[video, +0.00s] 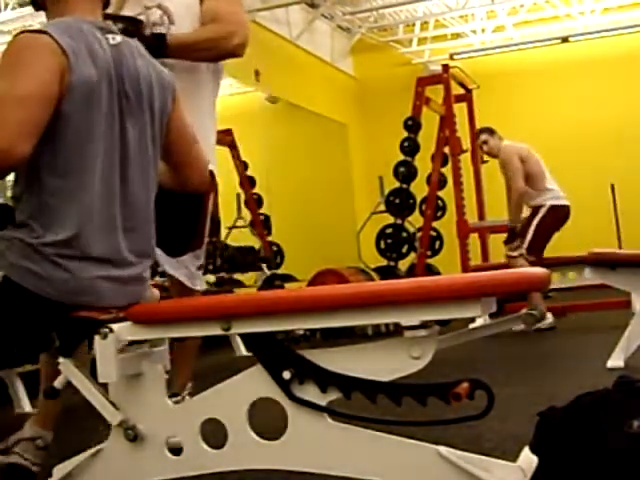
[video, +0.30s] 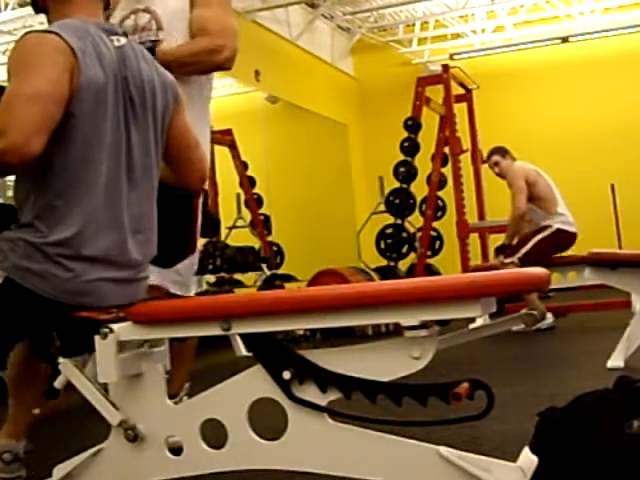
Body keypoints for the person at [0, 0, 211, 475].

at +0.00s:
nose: (38, 10)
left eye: (40, 7)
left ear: (45, 3)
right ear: (105, 5)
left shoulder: (41, 46)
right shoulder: (154, 74)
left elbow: (11, 147)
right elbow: (194, 175)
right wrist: (130, 159)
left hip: (40, 283)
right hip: (125, 289)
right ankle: (37, 436)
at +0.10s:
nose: (35, 11)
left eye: (35, 8)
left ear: (42, 4)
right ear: (102, 4)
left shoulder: (44, 45)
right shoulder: (152, 71)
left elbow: (15, 143)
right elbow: (195, 176)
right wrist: (130, 161)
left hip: (41, 280)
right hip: (125, 287)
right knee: (61, 349)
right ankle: (35, 442)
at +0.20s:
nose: (35, 11)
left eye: (35, 8)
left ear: (42, 4)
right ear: (103, 4)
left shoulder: (46, 45)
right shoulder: (152, 71)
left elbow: (18, 142)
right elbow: (195, 175)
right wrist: (131, 159)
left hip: (42, 277)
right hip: (125, 284)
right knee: (50, 337)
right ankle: (28, 439)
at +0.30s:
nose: (40, 11)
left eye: (40, 8)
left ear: (45, 4)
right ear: (106, 4)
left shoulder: (47, 45)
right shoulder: (155, 75)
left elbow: (19, 143)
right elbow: (194, 173)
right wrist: (133, 152)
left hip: (45, 275)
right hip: (124, 282)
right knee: (38, 341)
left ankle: (13, 441)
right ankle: (12, 440)